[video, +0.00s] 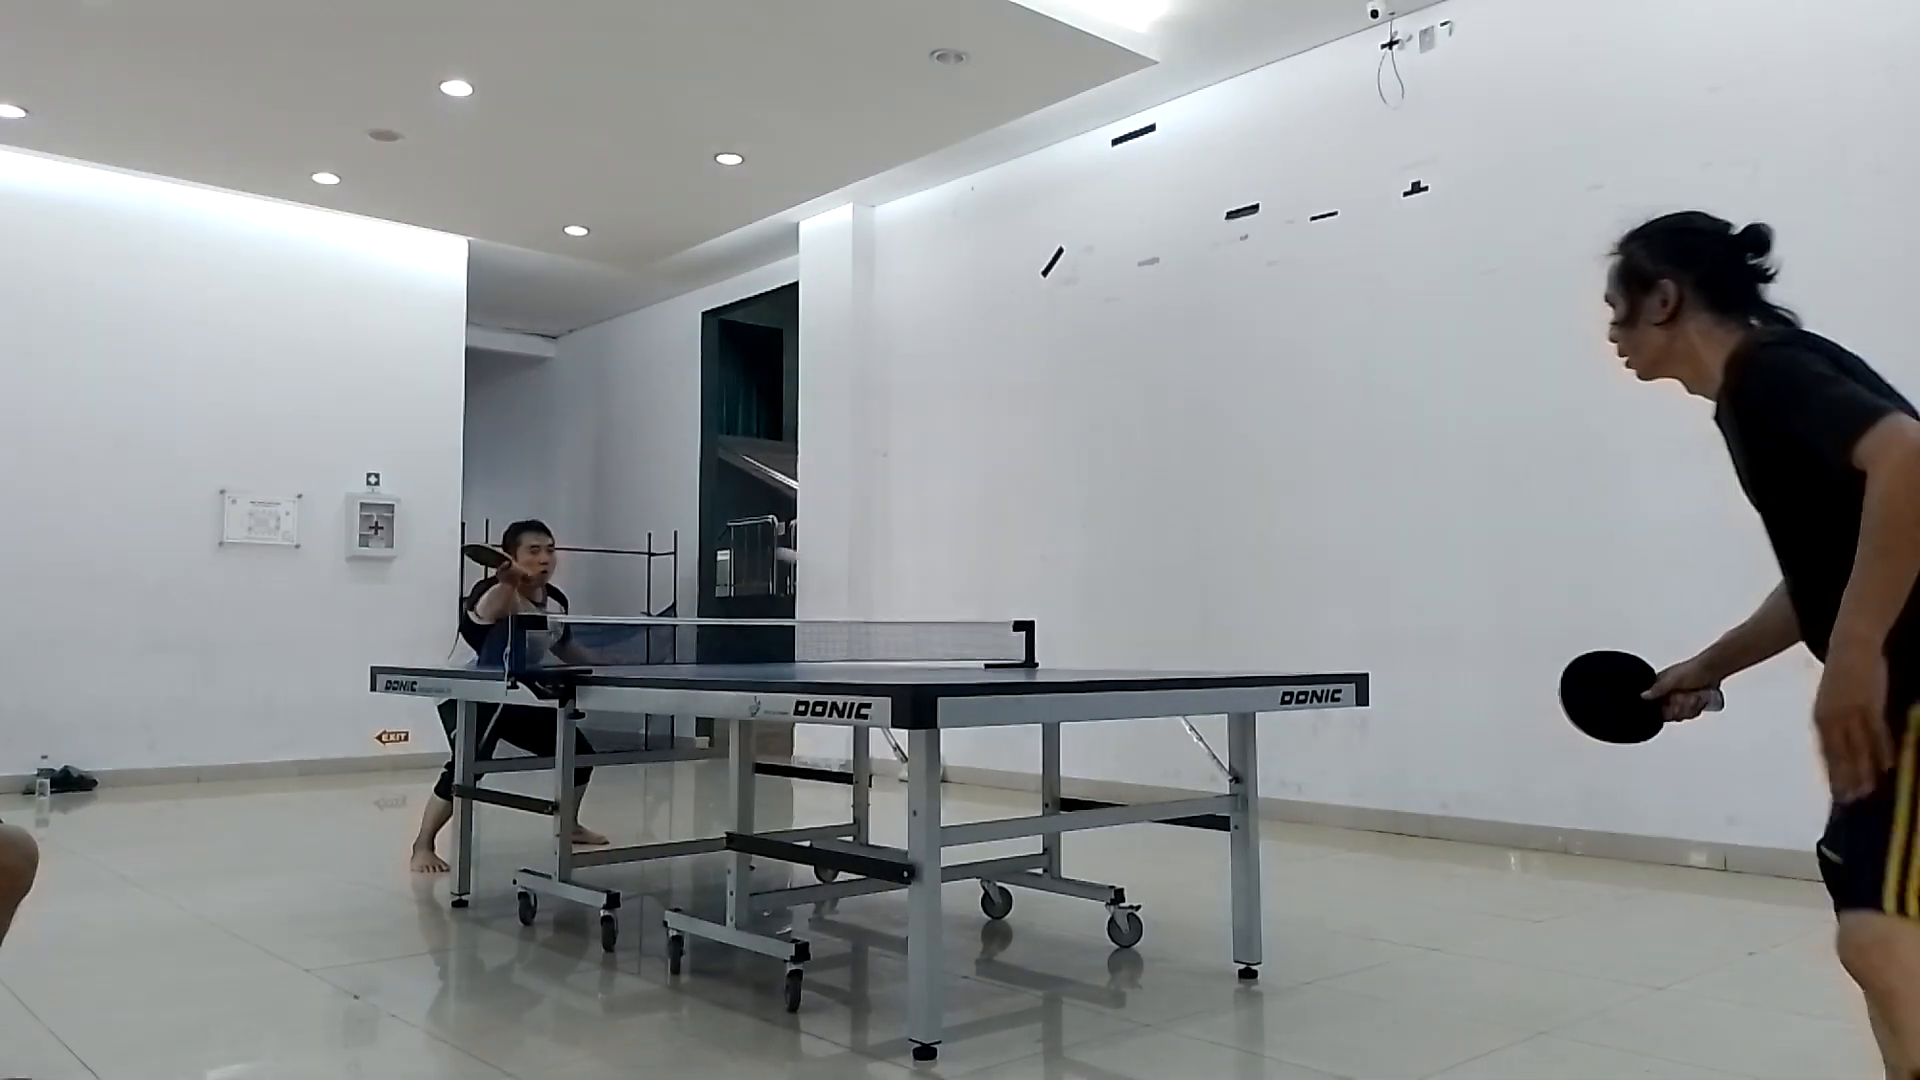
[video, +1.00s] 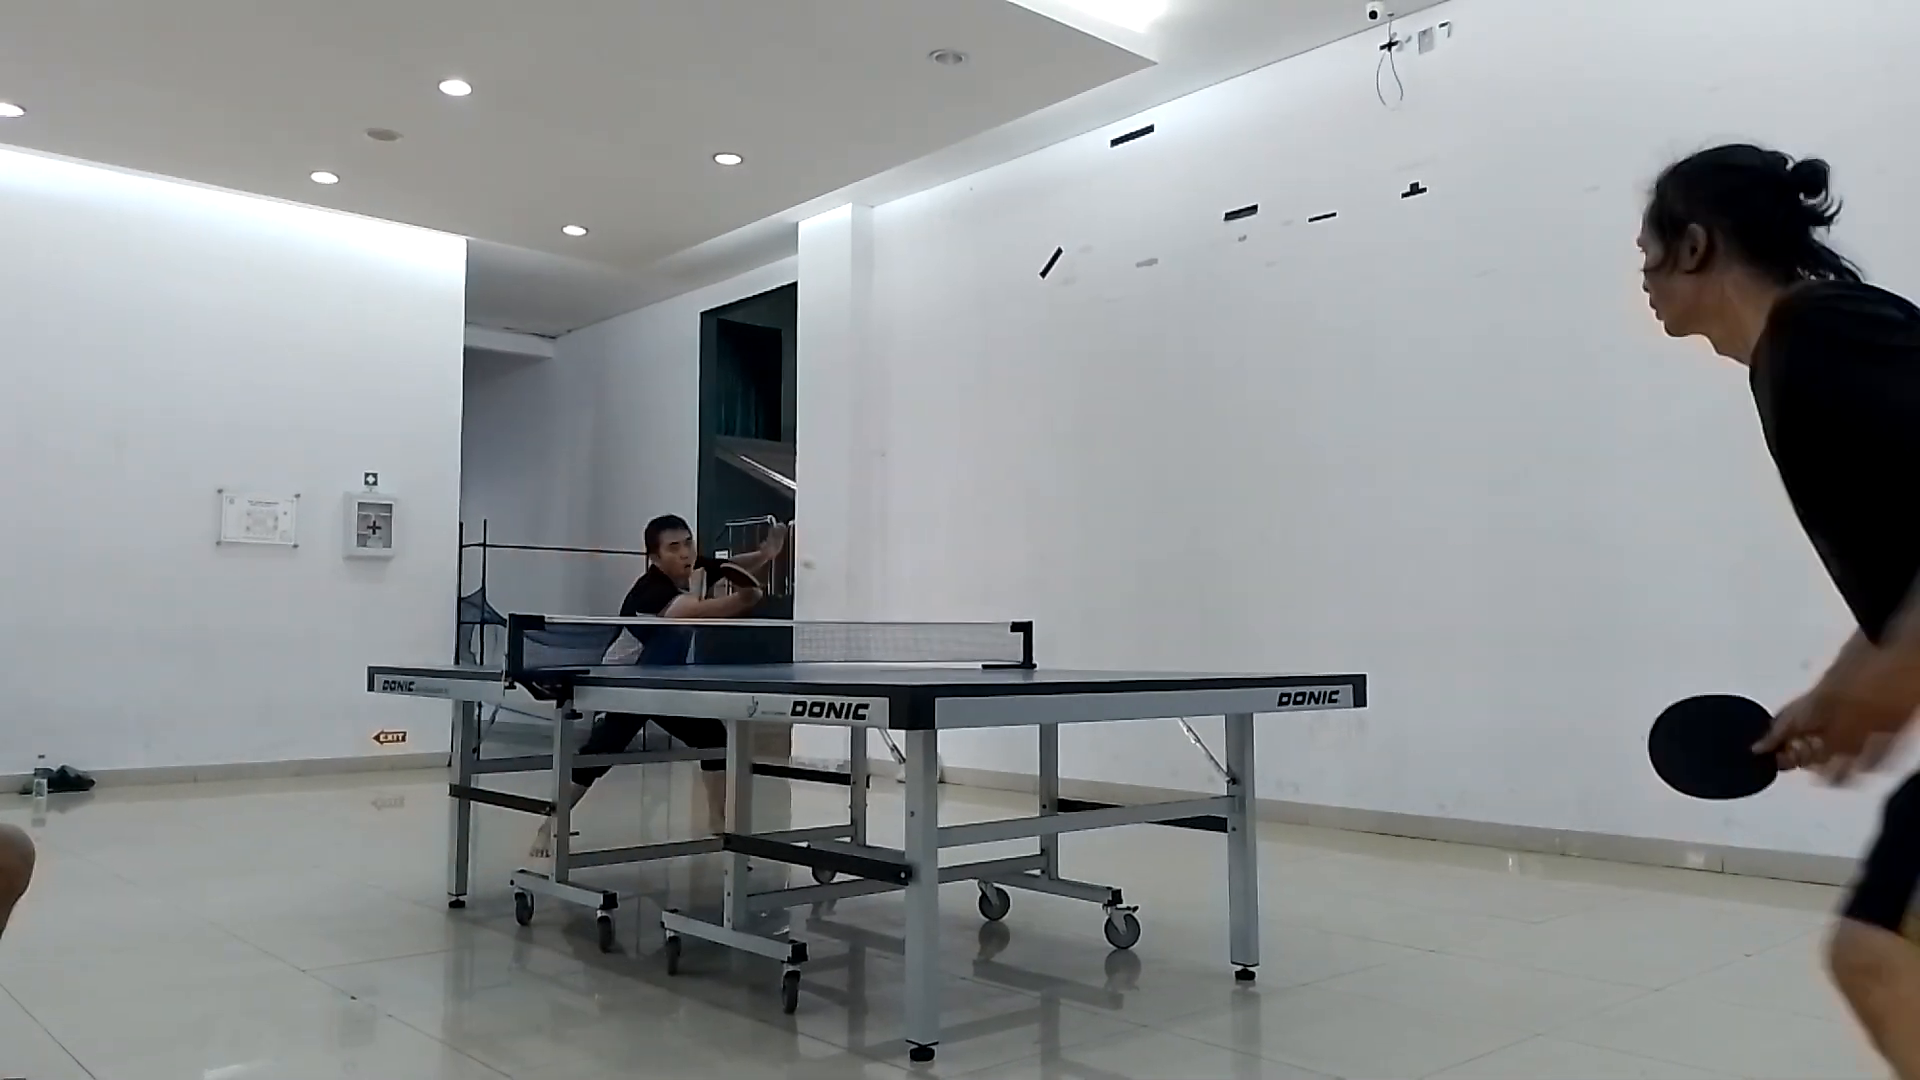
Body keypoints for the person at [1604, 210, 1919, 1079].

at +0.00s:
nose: (1614, 332)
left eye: (1619, 307)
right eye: (1611, 312)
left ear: (1670, 297)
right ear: (1676, 299)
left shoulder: (1771, 370)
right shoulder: (1750, 396)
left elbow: (1900, 449)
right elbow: (1823, 578)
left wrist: (1856, 646)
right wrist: (1709, 666)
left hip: (1914, 686)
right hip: (1894, 686)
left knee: (1878, 938)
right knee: (1882, 936)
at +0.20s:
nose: (1656, 341)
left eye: (1664, 311)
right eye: (1654, 318)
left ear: (1720, 291)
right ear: (1723, 294)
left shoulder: (1834, 371)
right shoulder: (1825, 384)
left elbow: (1904, 533)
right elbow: (1869, 600)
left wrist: (1770, 711)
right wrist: (1706, 651)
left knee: (1875, 984)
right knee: (1878, 984)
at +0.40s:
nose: (1661, 381)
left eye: (1674, 349)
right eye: (1663, 351)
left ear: (1740, 336)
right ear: (1739, 339)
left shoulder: (1907, 422)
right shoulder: (1784, 494)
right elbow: (1634, 570)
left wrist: (1885, 711)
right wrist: (1459, 561)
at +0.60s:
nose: (1649, 484)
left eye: (1660, 451)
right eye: (1651, 455)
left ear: (1732, 456)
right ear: (1730, 459)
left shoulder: (1908, 500)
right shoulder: (1793, 600)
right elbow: (1628, 708)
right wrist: (1444, 753)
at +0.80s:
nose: (1644, 384)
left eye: (1651, 355)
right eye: (1643, 357)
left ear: (1709, 353)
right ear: (1710, 354)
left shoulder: (1891, 421)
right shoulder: (1797, 501)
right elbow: (1850, 678)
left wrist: (1727, 819)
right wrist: (1727, 818)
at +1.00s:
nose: (1645, 287)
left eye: (1650, 256)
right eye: (1644, 262)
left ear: (1703, 246)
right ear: (1720, 245)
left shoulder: (1826, 342)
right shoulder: (1799, 353)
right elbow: (1909, 564)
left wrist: (1892, 673)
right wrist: (1840, 699)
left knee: (1873, 954)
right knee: (1873, 953)